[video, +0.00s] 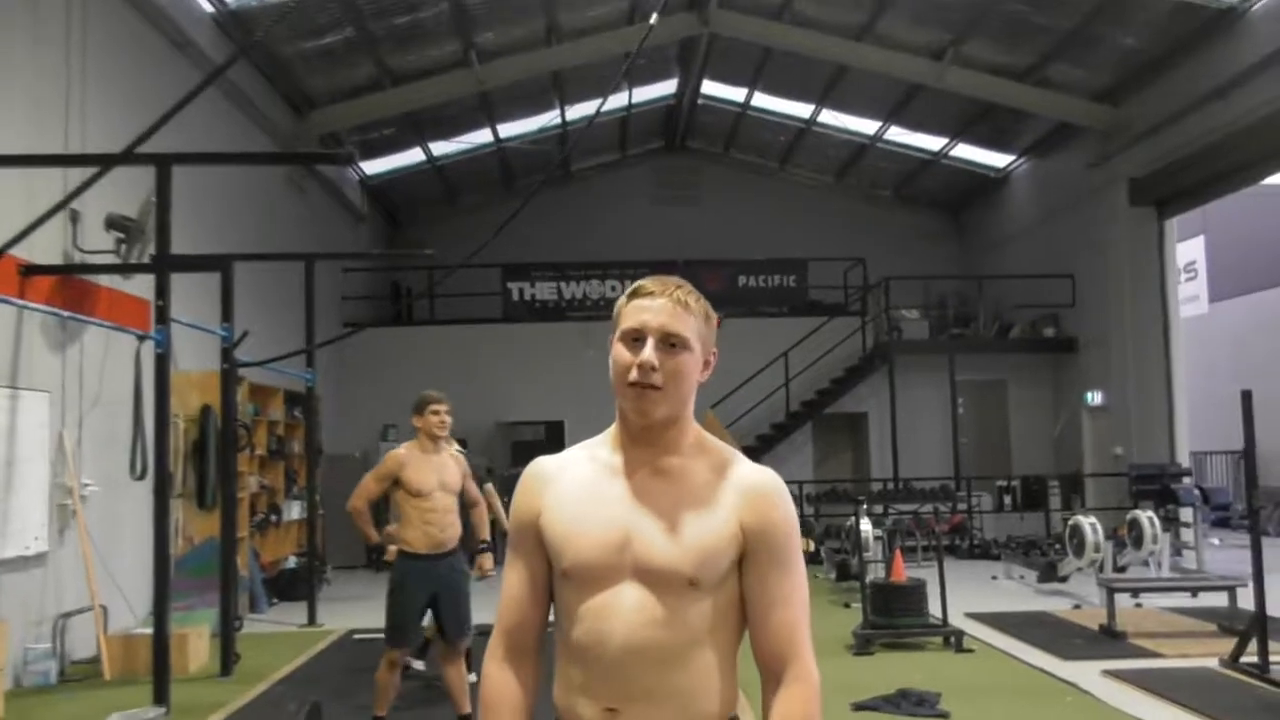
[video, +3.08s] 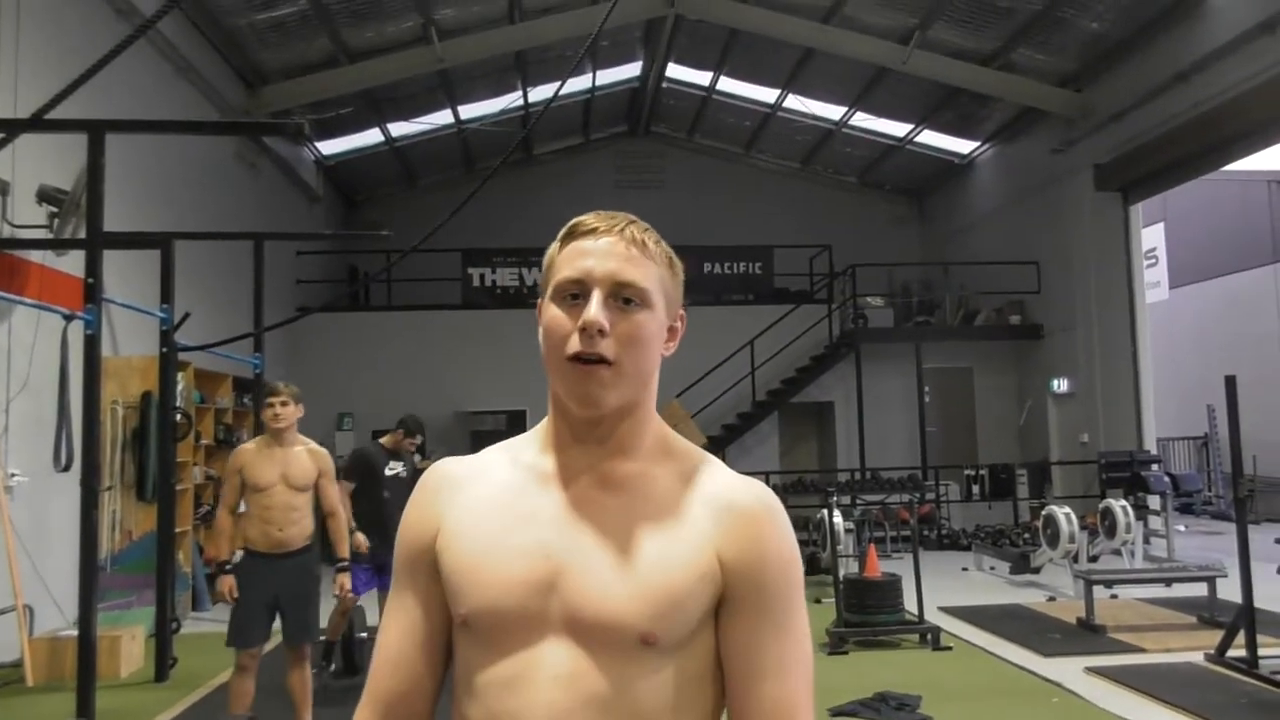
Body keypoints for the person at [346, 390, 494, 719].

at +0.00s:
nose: (444, 420)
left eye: (447, 414)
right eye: (435, 414)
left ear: (451, 420)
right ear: (417, 420)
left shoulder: (456, 459)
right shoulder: (399, 458)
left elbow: (476, 502)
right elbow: (356, 504)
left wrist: (484, 547)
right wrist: (378, 543)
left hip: (452, 563)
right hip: (410, 565)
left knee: (456, 647)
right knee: (396, 655)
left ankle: (466, 713)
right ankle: (380, 714)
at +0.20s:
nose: (408, 398)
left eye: (411, 392)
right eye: (399, 393)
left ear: (416, 398)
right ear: (382, 401)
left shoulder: (427, 438)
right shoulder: (367, 439)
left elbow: (445, 488)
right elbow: (323, 485)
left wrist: (468, 530)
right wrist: (348, 528)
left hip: (426, 542)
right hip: (383, 544)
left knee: (439, 629)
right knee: (377, 634)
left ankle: (459, 703)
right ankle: (370, 708)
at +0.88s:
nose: (396, 361)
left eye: (395, 355)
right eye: (390, 355)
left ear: (376, 360)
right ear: (367, 358)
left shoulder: (396, 400)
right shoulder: (335, 401)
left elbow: (414, 454)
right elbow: (313, 463)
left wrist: (435, 498)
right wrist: (326, 516)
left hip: (400, 506)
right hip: (357, 508)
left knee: (413, 591)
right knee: (358, 598)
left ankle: (418, 674)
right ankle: (361, 680)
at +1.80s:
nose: (351, 378)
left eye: (352, 371)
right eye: (342, 374)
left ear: (356, 374)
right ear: (323, 382)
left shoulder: (371, 414)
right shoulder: (307, 424)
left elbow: (380, 465)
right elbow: (291, 485)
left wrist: (387, 511)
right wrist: (307, 541)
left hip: (371, 515)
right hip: (331, 519)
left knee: (376, 595)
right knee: (332, 602)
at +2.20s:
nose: (331, 386)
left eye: (336, 380)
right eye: (323, 382)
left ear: (349, 384)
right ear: (315, 391)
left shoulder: (370, 426)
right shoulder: (302, 431)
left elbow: (390, 478)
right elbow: (284, 488)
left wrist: (407, 520)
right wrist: (283, 547)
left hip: (365, 530)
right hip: (324, 532)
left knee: (356, 625)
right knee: (334, 628)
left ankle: (344, 697)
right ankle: (335, 705)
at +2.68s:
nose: (322, 398)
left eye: (329, 392)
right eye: (316, 393)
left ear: (343, 398)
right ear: (307, 399)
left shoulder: (356, 444)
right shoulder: (285, 436)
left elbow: (365, 502)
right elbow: (259, 487)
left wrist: (369, 556)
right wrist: (253, 540)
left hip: (336, 544)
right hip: (291, 543)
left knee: (324, 636)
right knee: (298, 636)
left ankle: (319, 710)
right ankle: (297, 712)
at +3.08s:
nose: (276, 411)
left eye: (284, 405)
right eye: (270, 406)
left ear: (298, 411)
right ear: (261, 413)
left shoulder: (317, 456)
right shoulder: (243, 455)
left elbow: (334, 512)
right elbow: (226, 511)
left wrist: (343, 566)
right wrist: (222, 567)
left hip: (301, 565)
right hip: (254, 566)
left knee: (300, 654)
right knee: (245, 661)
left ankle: (305, 716)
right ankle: (238, 715)